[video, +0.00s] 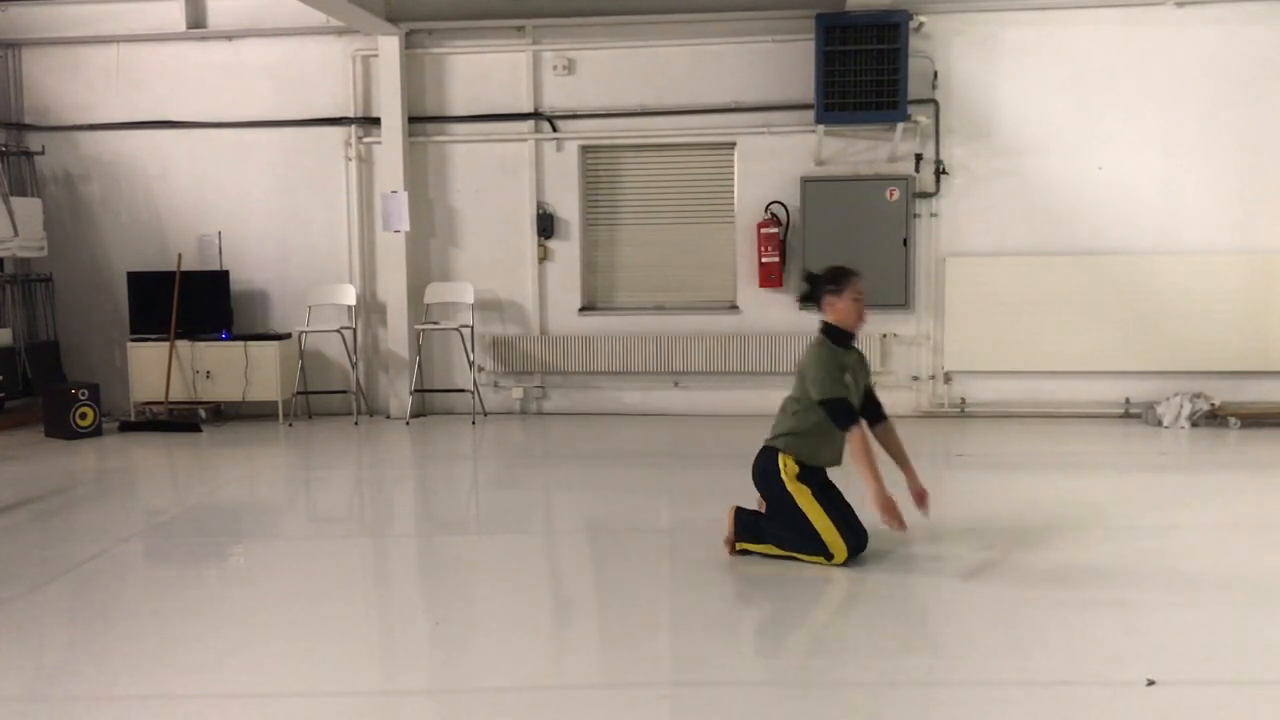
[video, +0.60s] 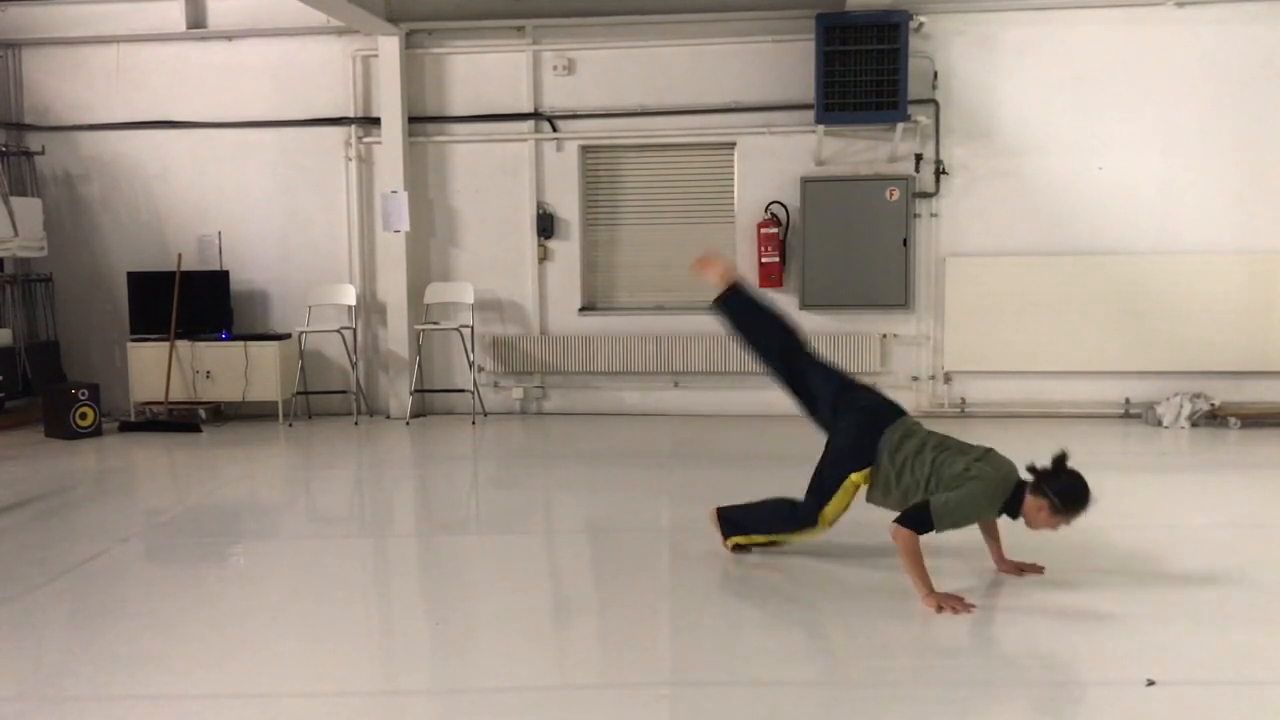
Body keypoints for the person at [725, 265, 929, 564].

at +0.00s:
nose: (864, 307)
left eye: (863, 299)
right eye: (856, 298)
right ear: (829, 304)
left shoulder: (854, 359)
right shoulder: (821, 357)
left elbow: (878, 421)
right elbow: (852, 429)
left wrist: (911, 476)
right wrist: (879, 494)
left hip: (808, 468)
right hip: (781, 468)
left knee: (854, 541)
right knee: (839, 550)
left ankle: (775, 513)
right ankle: (745, 528)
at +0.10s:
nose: (903, 330)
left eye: (904, 321)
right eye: (896, 321)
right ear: (870, 323)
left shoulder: (883, 379)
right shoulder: (852, 377)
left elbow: (908, 439)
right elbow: (882, 451)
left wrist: (941, 495)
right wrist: (908, 518)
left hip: (809, 471)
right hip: (783, 468)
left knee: (851, 539)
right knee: (837, 551)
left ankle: (771, 510)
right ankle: (746, 528)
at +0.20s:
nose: (945, 363)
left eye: (945, 354)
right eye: (939, 354)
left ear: (915, 353)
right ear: (911, 352)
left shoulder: (908, 399)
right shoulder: (886, 400)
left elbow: (936, 460)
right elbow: (907, 481)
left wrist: (970, 516)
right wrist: (929, 553)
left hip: (808, 469)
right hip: (787, 468)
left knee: (841, 545)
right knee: (836, 553)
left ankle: (757, 514)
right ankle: (750, 524)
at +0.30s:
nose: (985, 403)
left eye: (989, 394)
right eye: (980, 392)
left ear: (958, 388)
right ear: (953, 386)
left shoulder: (936, 422)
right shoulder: (917, 426)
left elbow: (960, 482)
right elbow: (909, 511)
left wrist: (996, 539)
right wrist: (933, 588)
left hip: (811, 458)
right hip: (799, 460)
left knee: (835, 542)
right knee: (836, 552)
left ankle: (736, 504)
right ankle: (744, 525)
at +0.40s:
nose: (1023, 449)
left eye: (1028, 441)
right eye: (1022, 439)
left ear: (1002, 425)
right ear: (997, 426)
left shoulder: (966, 439)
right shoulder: (945, 448)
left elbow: (971, 501)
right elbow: (901, 523)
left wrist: (1002, 560)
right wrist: (928, 593)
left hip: (826, 439)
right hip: (822, 462)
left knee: (772, 495)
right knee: (834, 552)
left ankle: (694, 455)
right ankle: (747, 525)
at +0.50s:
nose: (1046, 494)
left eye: (1052, 487)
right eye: (1047, 484)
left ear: (1028, 461)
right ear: (1028, 468)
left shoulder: (988, 457)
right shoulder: (966, 472)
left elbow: (976, 506)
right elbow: (901, 526)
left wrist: (1000, 560)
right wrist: (930, 594)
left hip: (850, 428)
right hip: (843, 462)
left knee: (764, 418)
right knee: (821, 547)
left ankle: (685, 369)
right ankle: (739, 525)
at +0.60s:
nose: (1055, 529)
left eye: (1061, 524)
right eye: (1058, 521)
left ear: (1041, 494)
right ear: (1043, 503)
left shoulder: (1003, 473)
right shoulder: (985, 494)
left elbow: (979, 510)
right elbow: (904, 530)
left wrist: (999, 560)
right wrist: (928, 594)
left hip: (875, 413)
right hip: (862, 445)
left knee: (796, 363)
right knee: (815, 516)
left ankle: (728, 287)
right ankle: (731, 524)